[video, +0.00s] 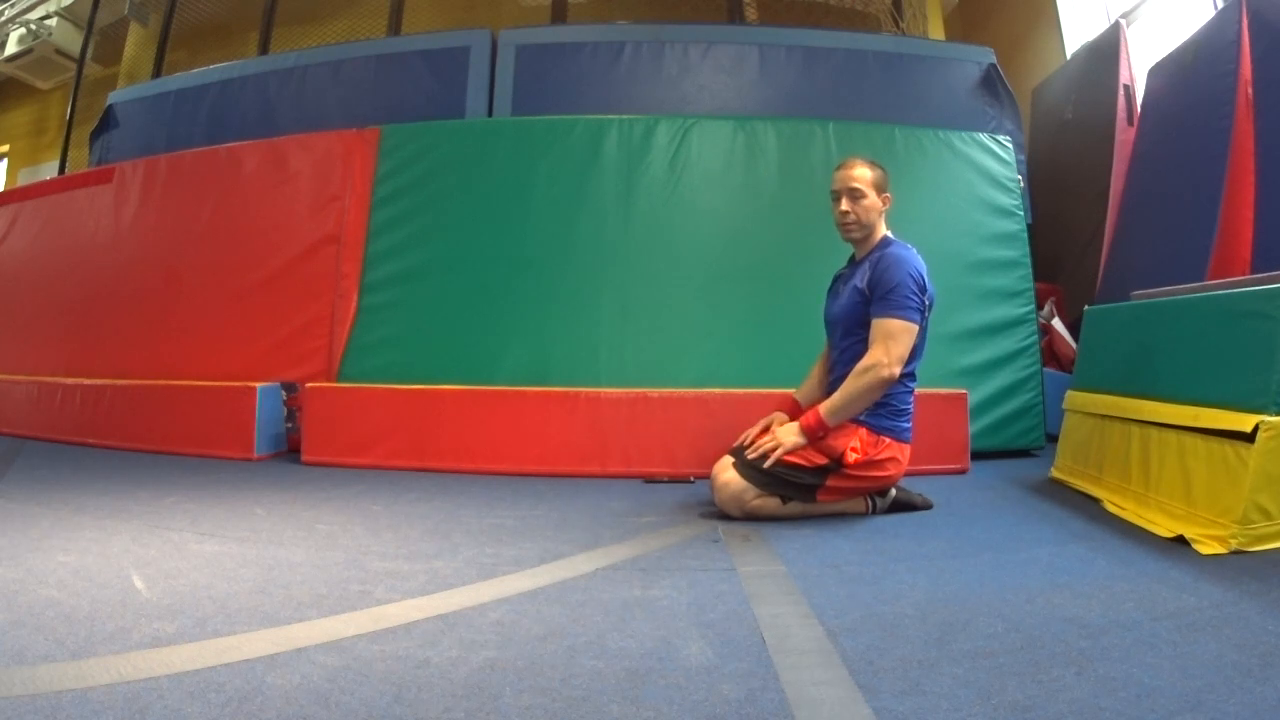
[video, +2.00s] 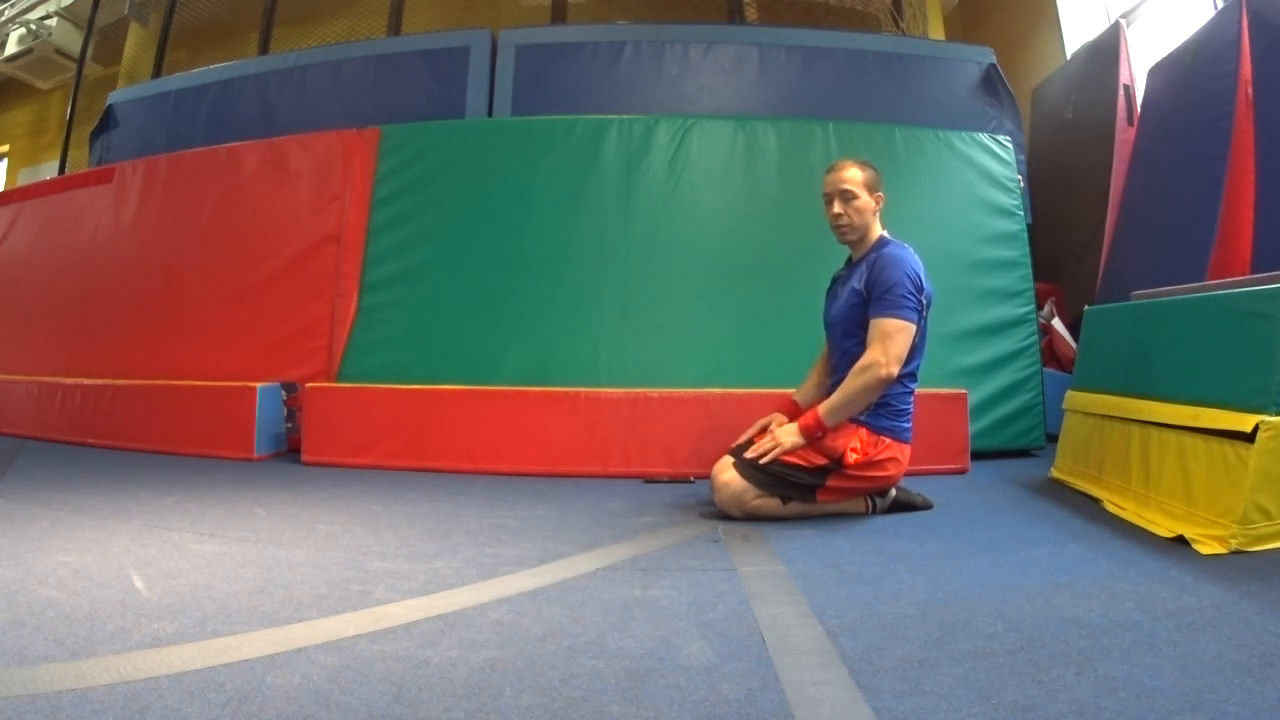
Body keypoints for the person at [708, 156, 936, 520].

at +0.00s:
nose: (843, 207)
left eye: (856, 196)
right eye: (836, 198)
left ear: (884, 202)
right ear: (830, 204)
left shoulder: (898, 263)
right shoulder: (848, 275)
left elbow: (884, 366)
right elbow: (833, 359)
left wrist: (805, 428)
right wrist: (787, 414)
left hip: (872, 443)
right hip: (842, 432)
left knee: (734, 494)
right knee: (724, 475)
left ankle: (869, 502)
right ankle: (859, 489)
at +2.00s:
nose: (835, 210)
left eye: (848, 197)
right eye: (829, 201)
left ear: (877, 202)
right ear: (823, 207)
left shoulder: (895, 263)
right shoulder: (847, 276)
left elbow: (882, 366)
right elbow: (831, 362)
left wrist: (805, 429)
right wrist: (787, 414)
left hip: (872, 444)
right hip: (844, 433)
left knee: (734, 493)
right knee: (724, 475)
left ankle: (869, 502)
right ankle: (859, 489)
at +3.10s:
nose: (832, 211)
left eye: (844, 198)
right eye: (826, 202)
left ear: (875, 201)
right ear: (821, 208)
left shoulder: (894, 263)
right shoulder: (848, 276)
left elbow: (883, 366)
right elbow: (833, 364)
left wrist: (810, 428)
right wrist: (790, 417)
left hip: (872, 445)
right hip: (846, 435)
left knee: (734, 494)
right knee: (724, 474)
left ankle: (869, 502)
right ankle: (861, 491)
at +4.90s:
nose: (786, 228)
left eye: (794, 213)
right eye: (785, 216)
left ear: (829, 207)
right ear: (827, 209)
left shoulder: (870, 266)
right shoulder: (830, 279)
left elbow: (874, 372)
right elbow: (823, 370)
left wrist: (800, 439)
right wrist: (775, 420)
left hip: (873, 446)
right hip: (845, 435)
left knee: (735, 492)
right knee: (726, 474)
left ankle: (872, 502)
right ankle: (860, 492)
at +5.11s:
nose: (736, 246)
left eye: (742, 232)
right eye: (734, 235)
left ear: (776, 221)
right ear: (776, 223)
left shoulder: (823, 272)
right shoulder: (791, 288)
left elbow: (816, 382)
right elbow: (775, 375)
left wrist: (744, 459)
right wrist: (725, 436)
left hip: (868, 443)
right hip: (838, 436)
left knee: (734, 497)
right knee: (736, 480)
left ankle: (871, 503)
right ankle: (865, 491)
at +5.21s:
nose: (702, 262)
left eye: (707, 248)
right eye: (699, 251)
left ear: (741, 235)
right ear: (738, 239)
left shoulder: (791, 279)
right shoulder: (762, 296)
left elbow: (771, 387)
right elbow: (737, 381)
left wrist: (700, 468)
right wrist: (690, 448)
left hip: (864, 436)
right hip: (833, 427)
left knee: (731, 496)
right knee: (731, 477)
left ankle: (870, 500)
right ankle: (864, 490)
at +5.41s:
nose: (641, 295)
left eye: (642, 280)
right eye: (636, 283)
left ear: (675, 264)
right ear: (676, 264)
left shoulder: (725, 294)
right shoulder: (716, 290)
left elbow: (682, 401)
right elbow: (676, 393)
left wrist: (623, 488)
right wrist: (626, 464)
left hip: (850, 412)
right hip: (824, 405)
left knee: (730, 498)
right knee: (723, 479)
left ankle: (864, 497)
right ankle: (850, 486)